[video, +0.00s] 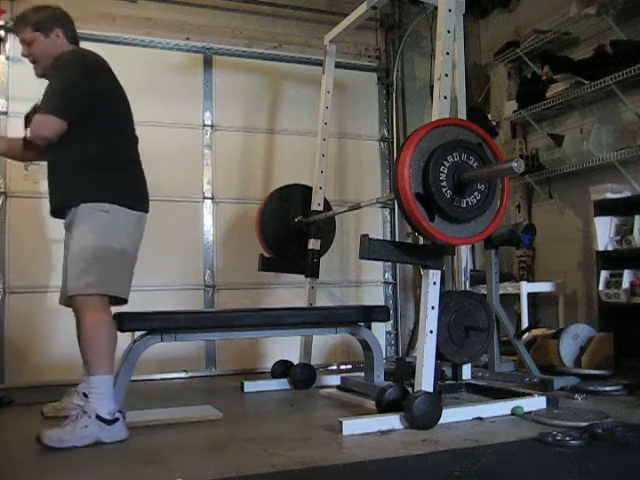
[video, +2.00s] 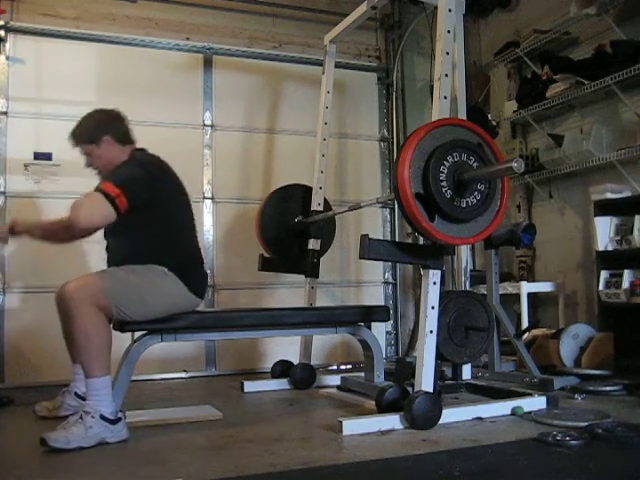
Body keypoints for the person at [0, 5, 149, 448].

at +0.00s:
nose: (26, 54)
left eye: (29, 44)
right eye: (23, 47)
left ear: (56, 36)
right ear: (57, 39)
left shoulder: (76, 64)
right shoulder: (72, 73)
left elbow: (46, 132)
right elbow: (35, 151)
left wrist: (31, 126)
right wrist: (3, 142)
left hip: (106, 201)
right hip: (93, 201)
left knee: (90, 299)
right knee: (85, 299)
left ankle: (104, 414)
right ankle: (96, 397)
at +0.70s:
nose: (1, 91)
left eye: (1, 81)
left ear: (19, 71)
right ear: (25, 71)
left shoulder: (52, 89)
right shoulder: (52, 95)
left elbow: (12, 122)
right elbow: (14, 154)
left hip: (131, 202)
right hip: (111, 205)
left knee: (96, 295)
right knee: (80, 295)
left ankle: (107, 415)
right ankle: (86, 400)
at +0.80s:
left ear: (10, 88)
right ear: (12, 89)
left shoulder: (43, 103)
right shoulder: (29, 124)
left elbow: (40, 142)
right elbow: (10, 175)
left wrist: (24, 217)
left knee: (101, 293)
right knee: (77, 294)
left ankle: (107, 414)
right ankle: (85, 397)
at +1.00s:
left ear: (4, 141)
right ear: (6, 141)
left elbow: (52, 178)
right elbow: (28, 219)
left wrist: (51, 255)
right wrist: (29, 268)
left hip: (143, 208)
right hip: (119, 215)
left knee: (92, 294)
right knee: (73, 293)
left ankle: (106, 415)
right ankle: (84, 395)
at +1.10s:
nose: (0, 198)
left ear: (2, 169)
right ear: (4, 170)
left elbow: (56, 179)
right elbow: (40, 235)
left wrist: (65, 263)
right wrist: (60, 271)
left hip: (147, 216)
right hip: (123, 220)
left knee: (90, 294)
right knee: (71, 292)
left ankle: (105, 415)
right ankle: (82, 395)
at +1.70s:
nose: (40, 201)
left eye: (36, 192)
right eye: (33, 197)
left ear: (48, 167)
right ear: (49, 166)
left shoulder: (88, 181)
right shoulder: (80, 181)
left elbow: (91, 238)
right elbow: (85, 241)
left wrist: (31, 287)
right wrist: (32, 285)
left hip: (165, 271)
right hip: (148, 269)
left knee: (75, 297)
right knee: (64, 295)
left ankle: (103, 416)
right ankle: (83, 393)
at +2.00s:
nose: (88, 161)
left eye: (90, 153)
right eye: (85, 155)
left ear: (109, 142)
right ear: (112, 143)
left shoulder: (141, 170)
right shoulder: (127, 173)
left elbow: (80, 220)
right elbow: (75, 229)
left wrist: (31, 229)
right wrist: (28, 228)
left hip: (173, 280)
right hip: (150, 278)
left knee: (81, 296)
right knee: (68, 295)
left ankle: (104, 416)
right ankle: (81, 394)